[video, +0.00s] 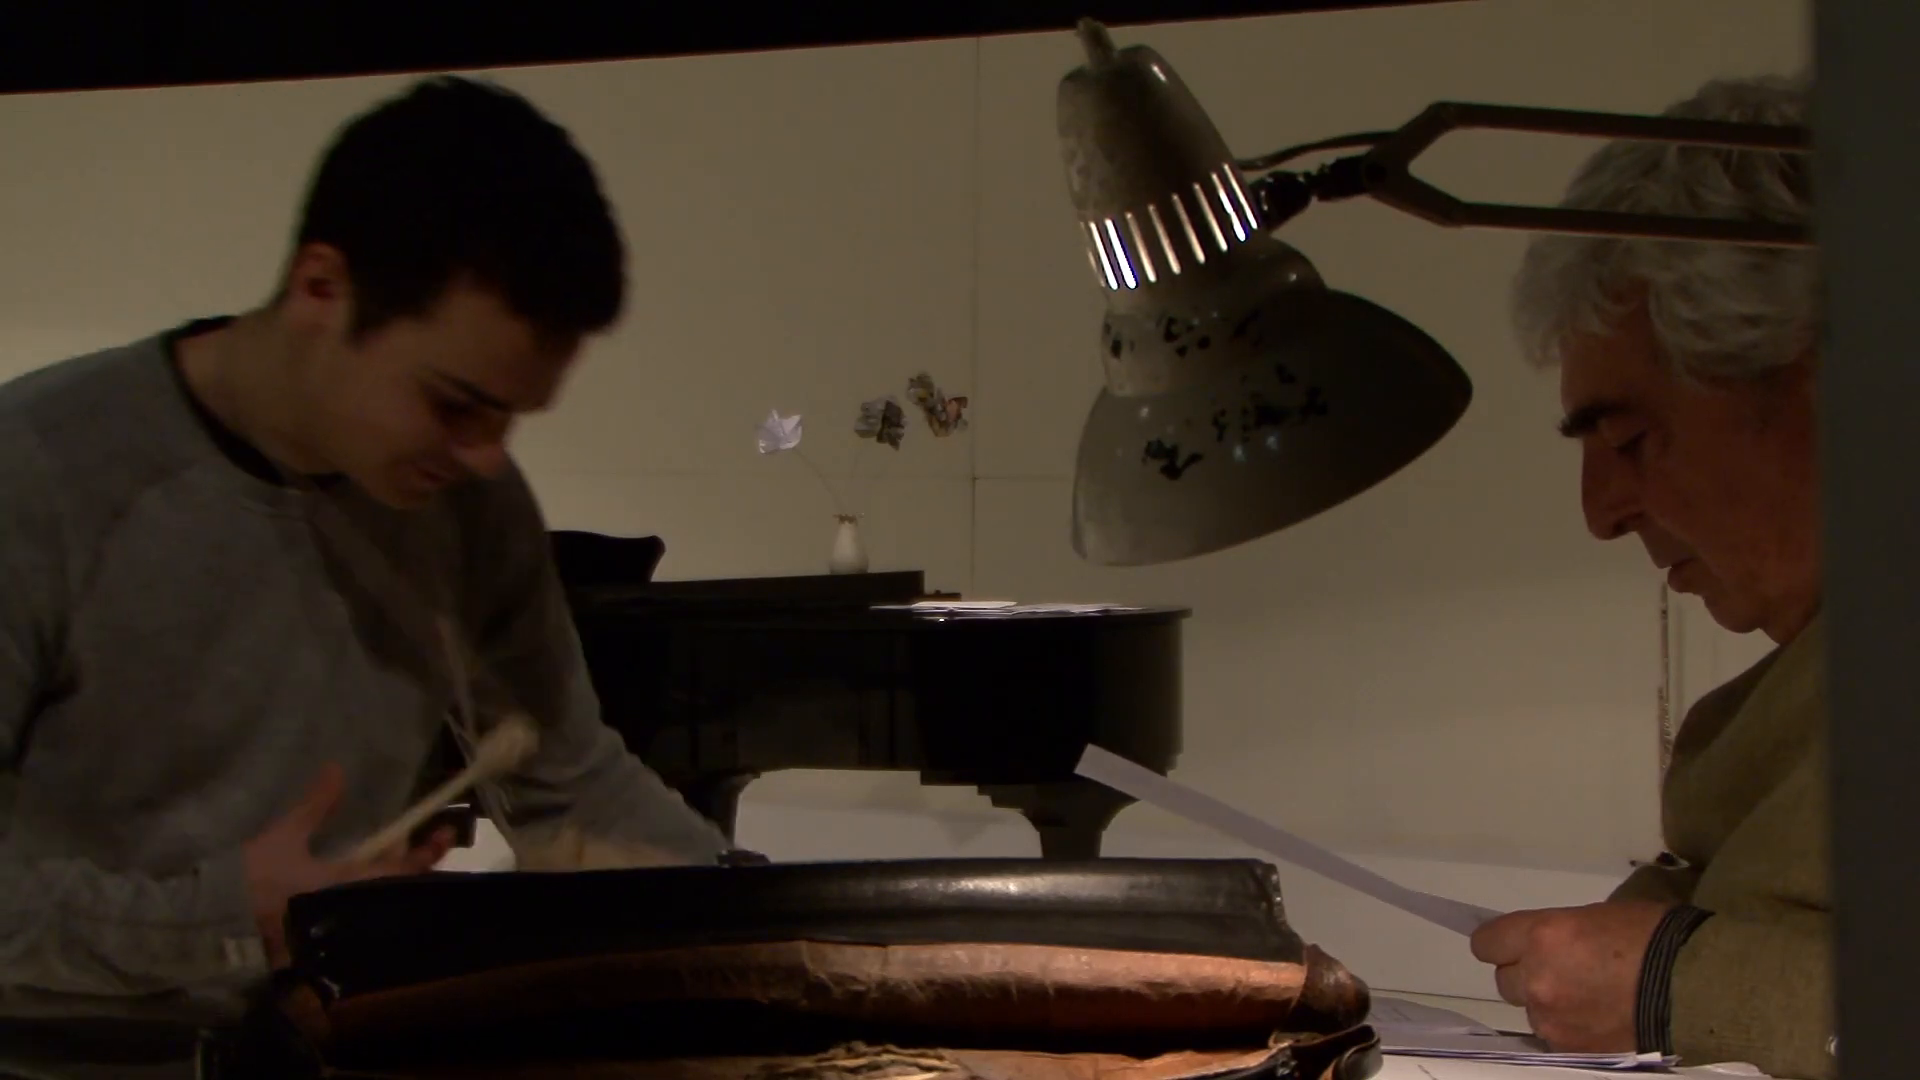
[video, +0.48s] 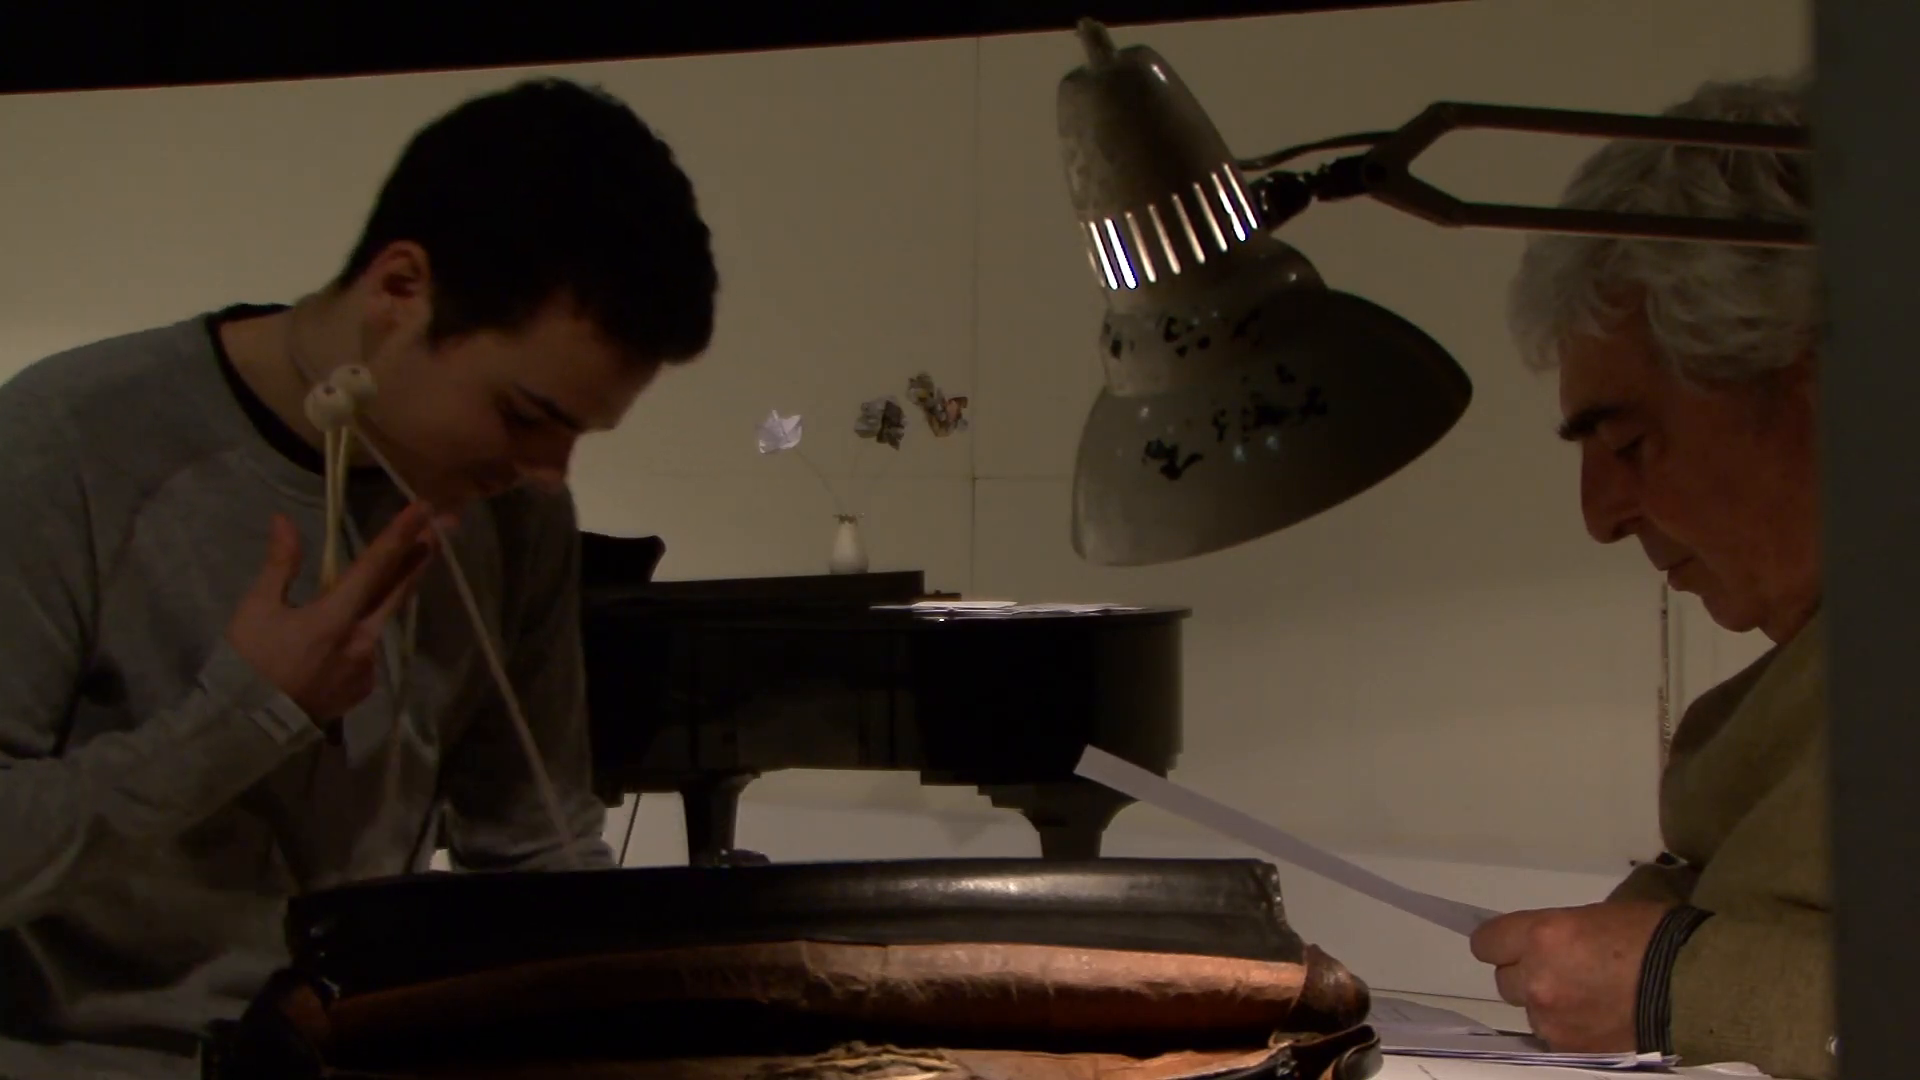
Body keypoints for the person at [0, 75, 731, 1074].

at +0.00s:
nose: (485, 459)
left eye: (513, 417)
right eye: (457, 405)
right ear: (319, 289)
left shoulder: (471, 498)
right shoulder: (33, 475)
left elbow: (570, 776)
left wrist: (753, 913)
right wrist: (221, 914)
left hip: (366, 1051)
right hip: (69, 1059)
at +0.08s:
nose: (540, 478)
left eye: (565, 437)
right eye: (510, 424)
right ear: (376, 307)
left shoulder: (514, 516)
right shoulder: (65, 472)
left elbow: (586, 820)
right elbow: (4, 854)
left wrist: (744, 948)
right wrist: (227, 888)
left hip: (364, 1050)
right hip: (72, 1055)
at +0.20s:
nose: (584, 489)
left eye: (615, 448)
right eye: (561, 433)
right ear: (431, 311)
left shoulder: (549, 519)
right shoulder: (96, 465)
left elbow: (580, 846)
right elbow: (3, 814)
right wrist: (238, 833)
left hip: (359, 1043)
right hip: (73, 1048)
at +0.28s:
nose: (589, 491)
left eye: (622, 453)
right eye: (569, 433)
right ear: (442, 309)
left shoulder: (559, 530)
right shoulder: (101, 452)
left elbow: (572, 850)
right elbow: (1, 803)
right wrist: (239, 790)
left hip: (363, 1045)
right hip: (74, 1044)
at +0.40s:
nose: (573, 490)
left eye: (602, 451)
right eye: (552, 432)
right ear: (426, 304)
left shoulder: (541, 520)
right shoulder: (84, 444)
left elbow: (563, 865)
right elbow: (8, 844)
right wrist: (248, 727)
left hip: (363, 1043)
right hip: (79, 1042)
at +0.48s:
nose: (552, 474)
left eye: (580, 433)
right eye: (529, 415)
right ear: (398, 290)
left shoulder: (510, 502)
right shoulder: (53, 451)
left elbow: (537, 840)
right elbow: (7, 858)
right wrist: (239, 717)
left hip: (375, 1035)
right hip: (90, 1046)